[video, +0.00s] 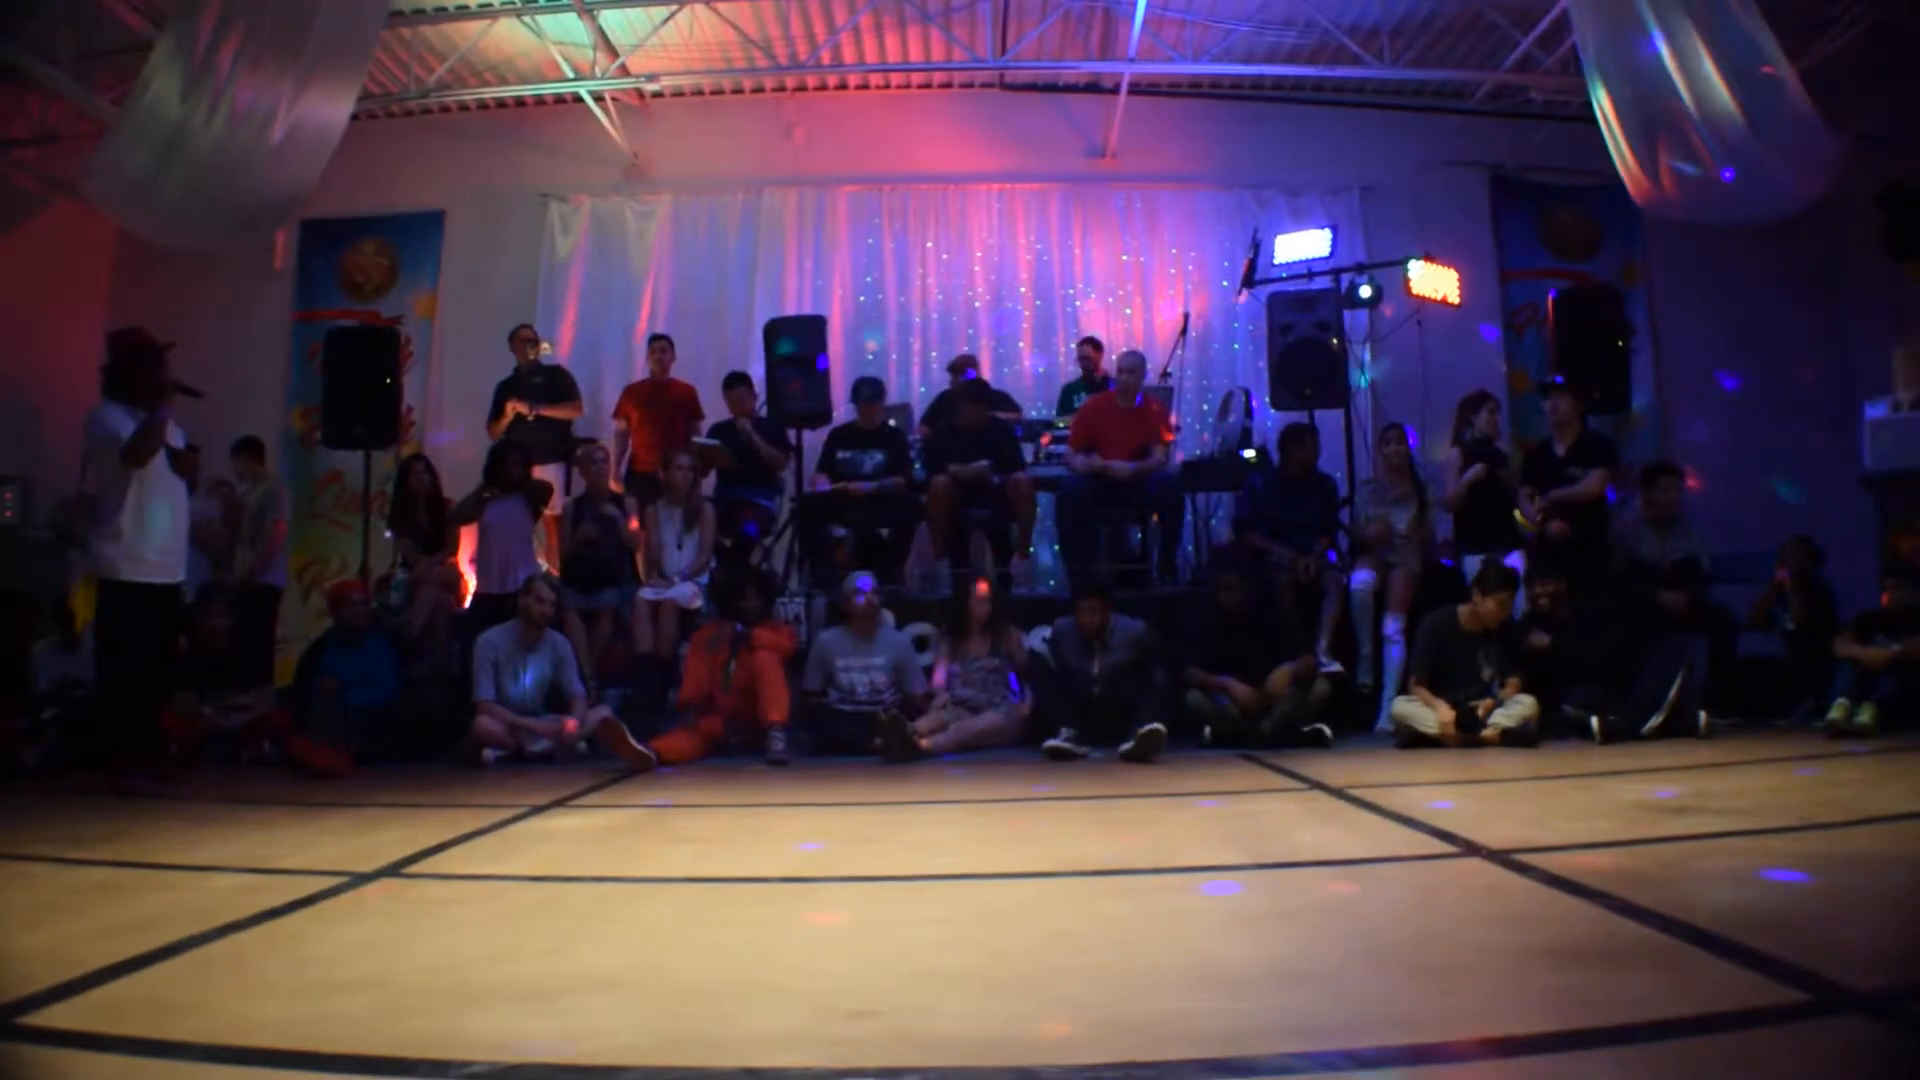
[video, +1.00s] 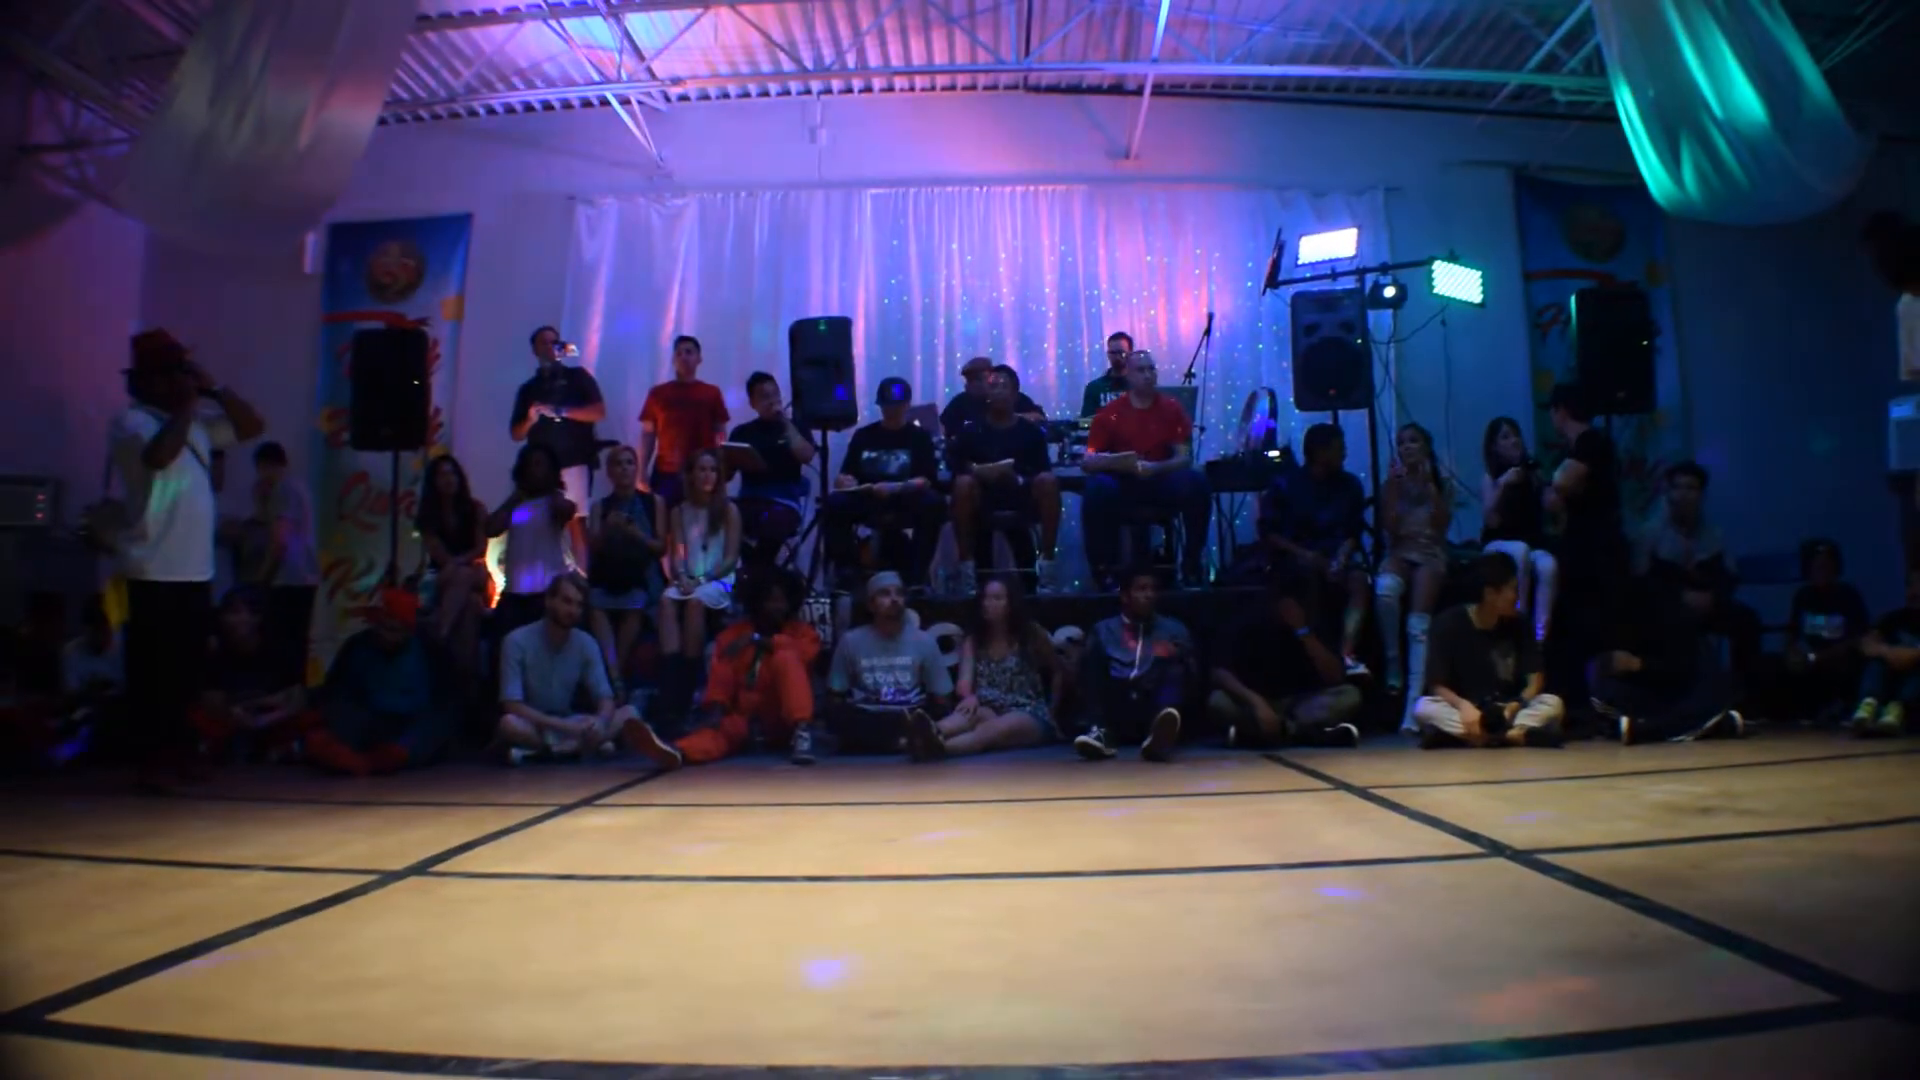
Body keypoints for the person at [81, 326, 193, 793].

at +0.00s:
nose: (161, 379)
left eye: (160, 372)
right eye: (152, 371)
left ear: (151, 377)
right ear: (128, 374)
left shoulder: (164, 425)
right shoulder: (106, 419)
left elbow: (189, 477)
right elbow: (132, 457)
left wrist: (180, 447)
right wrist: (160, 409)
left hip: (166, 574)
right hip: (125, 574)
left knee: (157, 674)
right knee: (124, 675)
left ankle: (152, 759)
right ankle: (120, 763)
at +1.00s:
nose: (183, 384)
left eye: (185, 376)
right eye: (172, 375)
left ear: (186, 382)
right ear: (149, 381)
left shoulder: (193, 429)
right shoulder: (132, 423)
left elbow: (251, 426)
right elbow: (158, 458)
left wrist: (214, 390)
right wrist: (184, 407)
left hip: (194, 577)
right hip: (153, 577)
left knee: (188, 677)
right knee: (154, 679)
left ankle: (184, 760)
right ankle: (151, 766)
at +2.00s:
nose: (176, 387)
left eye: (178, 378)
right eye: (165, 379)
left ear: (179, 385)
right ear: (143, 385)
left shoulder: (183, 433)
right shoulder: (127, 427)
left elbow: (241, 441)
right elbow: (155, 462)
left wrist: (213, 400)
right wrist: (184, 412)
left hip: (186, 580)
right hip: (147, 580)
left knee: (180, 681)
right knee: (148, 682)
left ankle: (176, 764)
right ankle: (147, 769)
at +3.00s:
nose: (185, 389)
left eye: (186, 381)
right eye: (177, 381)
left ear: (179, 386)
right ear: (155, 386)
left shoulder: (182, 431)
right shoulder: (134, 425)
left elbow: (241, 445)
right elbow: (167, 462)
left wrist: (223, 403)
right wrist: (194, 412)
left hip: (187, 577)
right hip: (153, 577)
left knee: (181, 678)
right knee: (151, 678)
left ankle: (172, 761)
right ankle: (146, 767)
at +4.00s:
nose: (178, 391)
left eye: (181, 383)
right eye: (167, 384)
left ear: (186, 388)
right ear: (147, 390)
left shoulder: (208, 437)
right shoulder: (128, 434)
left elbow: (250, 476)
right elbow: (119, 470)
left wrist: (241, 510)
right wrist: (152, 421)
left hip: (193, 583)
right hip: (141, 583)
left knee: (186, 680)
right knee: (143, 681)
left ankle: (183, 760)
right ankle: (143, 765)